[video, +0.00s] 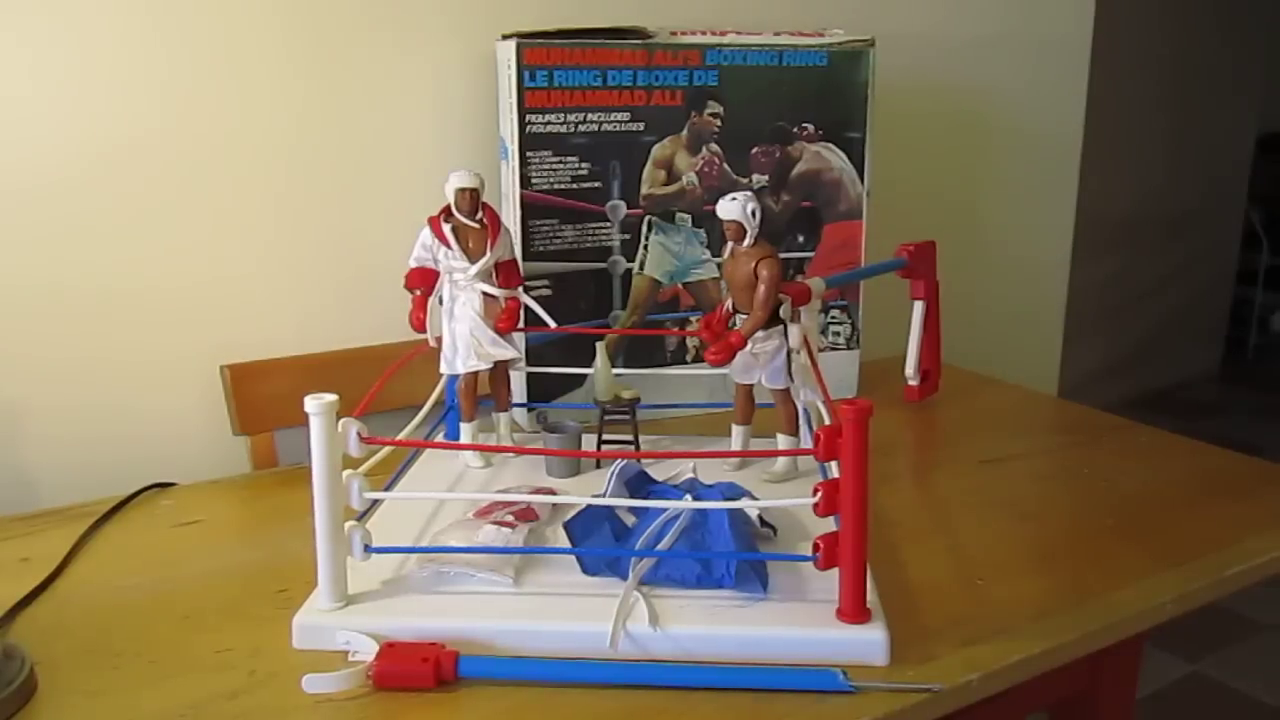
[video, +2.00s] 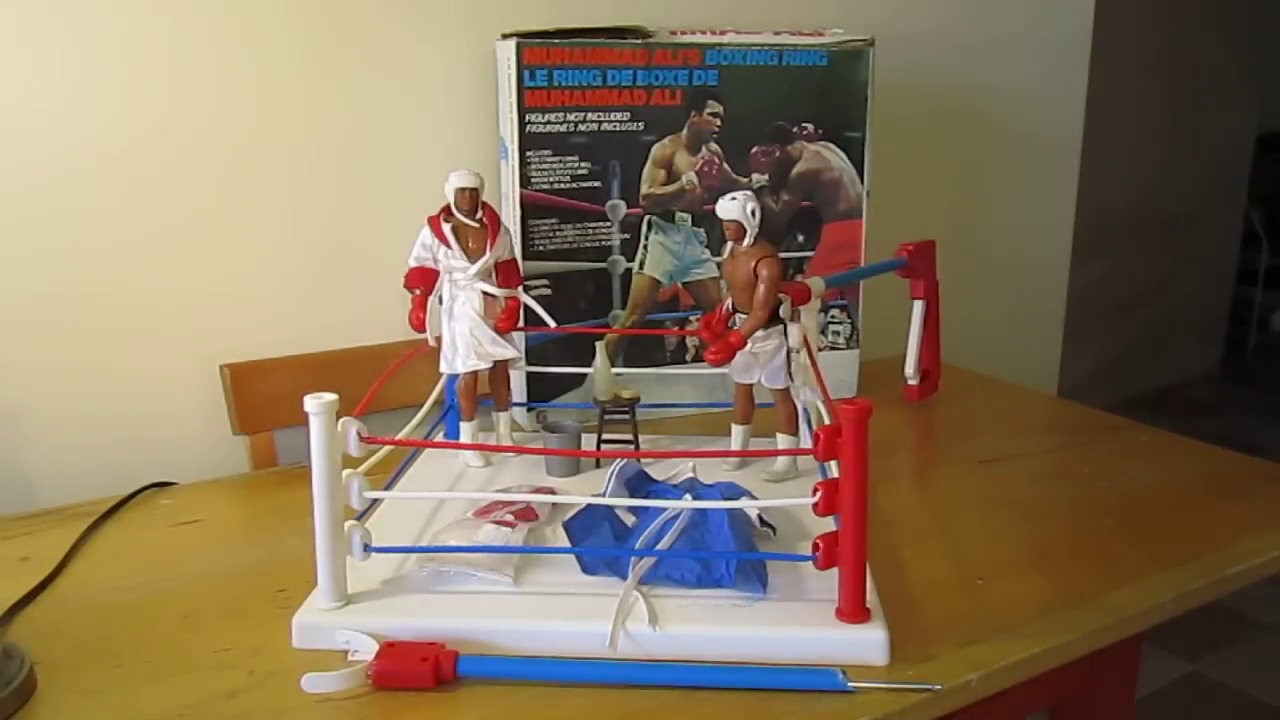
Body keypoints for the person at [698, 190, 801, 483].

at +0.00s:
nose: (725, 229)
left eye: (730, 224)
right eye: (723, 223)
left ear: (748, 224)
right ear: (725, 224)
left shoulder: (767, 262)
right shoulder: (730, 251)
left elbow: (762, 313)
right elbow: (735, 293)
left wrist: (736, 339)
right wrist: (721, 317)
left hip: (770, 334)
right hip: (744, 331)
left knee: (780, 392)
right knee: (742, 387)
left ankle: (787, 457)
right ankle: (738, 450)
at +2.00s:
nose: (725, 227)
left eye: (730, 222)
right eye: (723, 222)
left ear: (748, 223)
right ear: (723, 223)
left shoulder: (767, 263)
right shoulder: (731, 250)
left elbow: (761, 313)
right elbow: (735, 293)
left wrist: (735, 340)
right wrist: (720, 318)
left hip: (769, 333)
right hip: (743, 330)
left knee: (780, 392)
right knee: (742, 387)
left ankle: (786, 457)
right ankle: (737, 450)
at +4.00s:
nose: (725, 227)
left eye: (730, 222)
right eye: (723, 222)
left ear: (747, 223)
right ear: (724, 222)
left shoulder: (767, 261)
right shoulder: (729, 249)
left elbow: (761, 313)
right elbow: (733, 292)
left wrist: (735, 338)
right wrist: (719, 316)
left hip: (770, 332)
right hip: (742, 328)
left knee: (780, 390)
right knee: (742, 386)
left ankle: (787, 456)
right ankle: (738, 450)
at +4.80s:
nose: (725, 227)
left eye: (730, 222)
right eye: (724, 222)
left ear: (748, 222)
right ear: (724, 222)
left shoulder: (767, 260)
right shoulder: (730, 249)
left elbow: (761, 313)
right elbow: (736, 291)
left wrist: (735, 338)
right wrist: (722, 313)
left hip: (770, 333)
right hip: (743, 329)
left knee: (780, 390)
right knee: (742, 385)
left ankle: (787, 456)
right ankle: (738, 450)